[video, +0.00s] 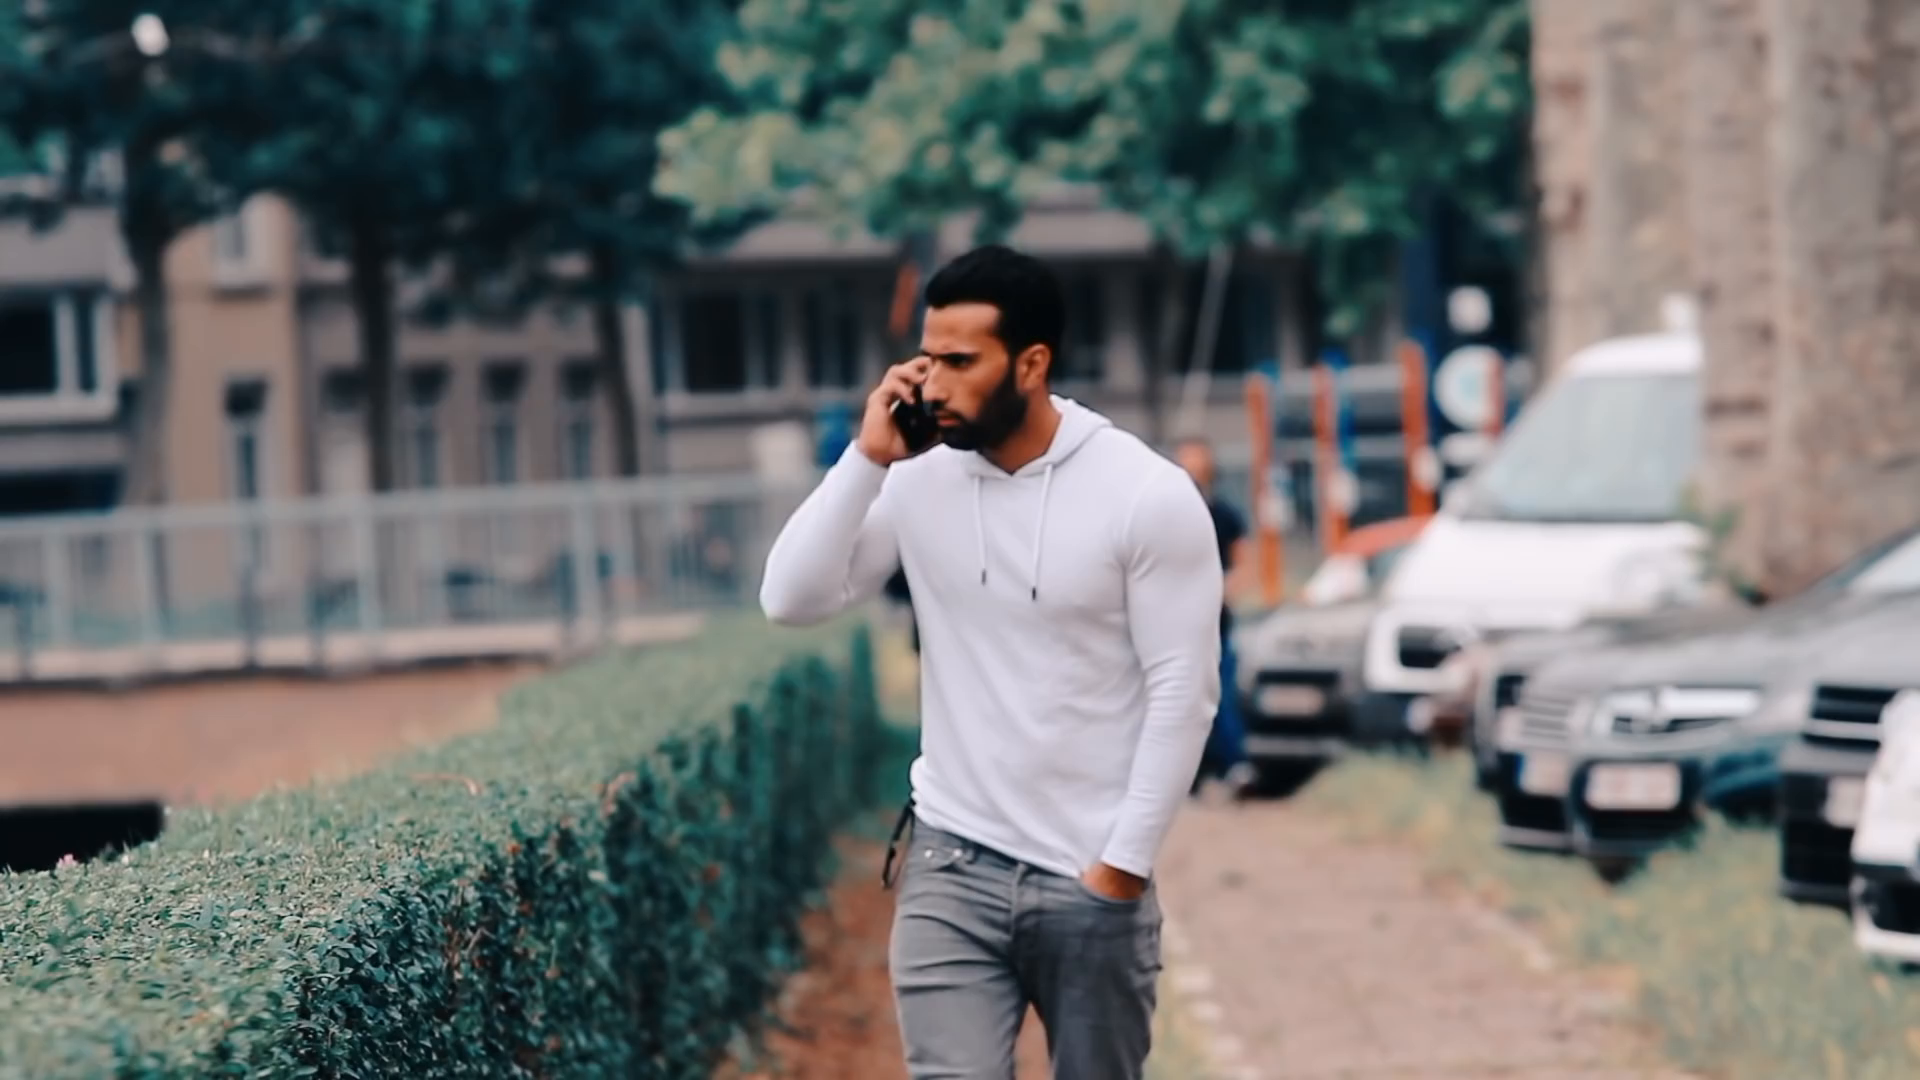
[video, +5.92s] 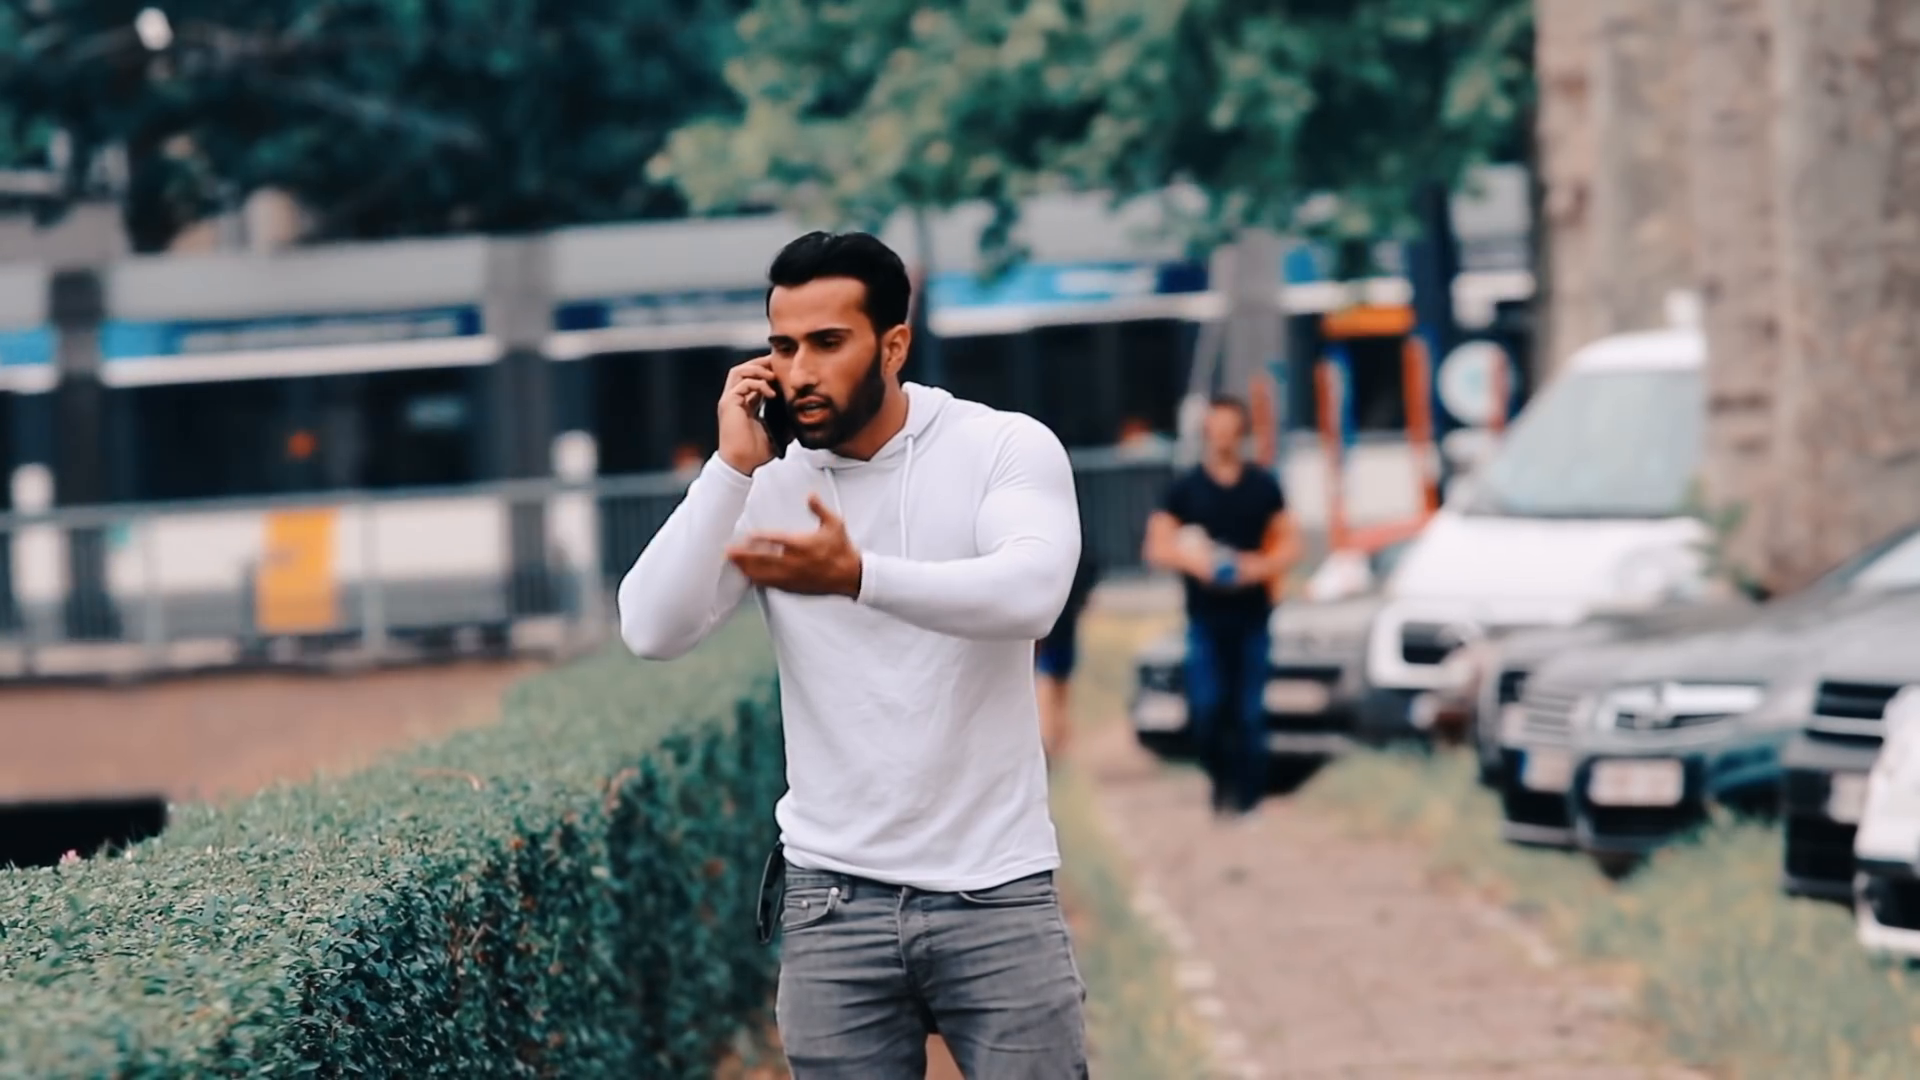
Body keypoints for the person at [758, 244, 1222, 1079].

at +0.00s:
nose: (930, 383)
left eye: (957, 362)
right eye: (928, 360)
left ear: (1033, 364)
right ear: (920, 359)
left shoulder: (1149, 497)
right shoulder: (915, 482)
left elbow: (1184, 692)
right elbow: (789, 600)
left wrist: (1120, 872)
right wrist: (867, 459)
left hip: (1089, 891)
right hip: (949, 871)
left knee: (1097, 1070)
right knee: (952, 1070)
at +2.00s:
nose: (891, 433)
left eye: (911, 400)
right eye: (865, 408)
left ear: (958, 367)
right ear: (837, 387)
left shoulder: (1070, 480)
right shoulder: (804, 506)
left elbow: (1128, 667)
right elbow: (756, 664)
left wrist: (1092, 853)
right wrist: (837, 506)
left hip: (1060, 885)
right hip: (903, 891)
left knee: (1098, 1066)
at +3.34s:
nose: (815, 363)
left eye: (846, 334)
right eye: (801, 338)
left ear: (914, 343)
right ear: (786, 349)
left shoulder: (1022, 478)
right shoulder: (766, 485)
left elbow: (1121, 652)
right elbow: (644, 603)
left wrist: (1046, 814)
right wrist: (744, 447)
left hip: (985, 905)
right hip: (825, 907)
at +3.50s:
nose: (792, 369)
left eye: (822, 339)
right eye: (777, 342)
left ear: (888, 346)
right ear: (760, 351)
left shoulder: (996, 472)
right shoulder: (741, 487)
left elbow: (1106, 643)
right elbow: (623, 608)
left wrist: (994, 724)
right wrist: (722, 452)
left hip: (975, 900)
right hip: (808, 904)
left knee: (1024, 1065)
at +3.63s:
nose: (792, 370)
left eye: (822, 341)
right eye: (778, 344)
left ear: (888, 346)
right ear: (761, 351)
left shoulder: (994, 469)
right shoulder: (742, 486)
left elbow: (1085, 644)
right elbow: (624, 609)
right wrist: (721, 452)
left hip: (973, 897)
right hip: (804, 901)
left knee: (1018, 1064)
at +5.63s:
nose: (799, 371)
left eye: (827, 342)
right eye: (785, 346)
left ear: (895, 346)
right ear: (769, 352)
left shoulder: (1011, 448)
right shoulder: (763, 485)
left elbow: (1038, 592)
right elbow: (651, 627)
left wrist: (871, 532)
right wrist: (732, 468)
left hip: (1000, 893)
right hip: (830, 899)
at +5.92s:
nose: (798, 372)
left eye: (826, 343)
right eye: (784, 347)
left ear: (893, 345)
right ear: (768, 353)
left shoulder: (1010, 448)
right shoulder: (764, 483)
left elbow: (1028, 598)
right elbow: (650, 628)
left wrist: (856, 576)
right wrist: (730, 466)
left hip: (999, 893)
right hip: (830, 899)